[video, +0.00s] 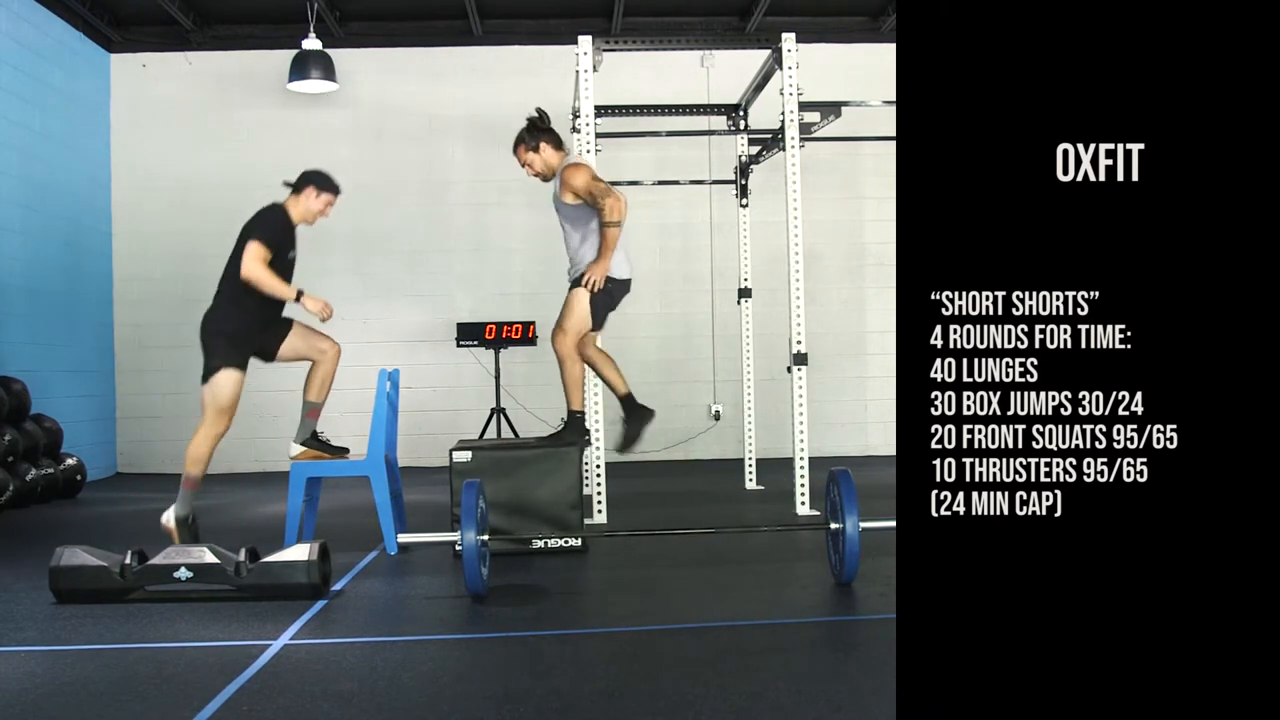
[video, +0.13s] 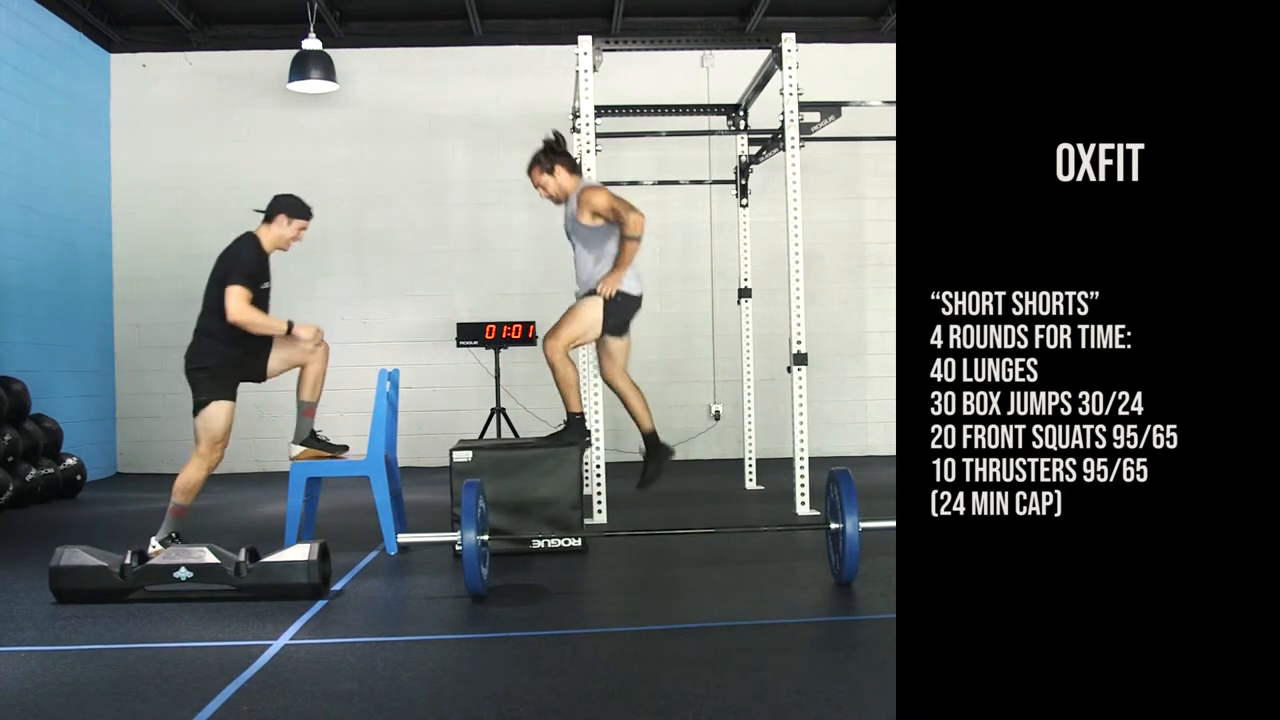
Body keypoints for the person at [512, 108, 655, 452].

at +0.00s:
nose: (529, 172)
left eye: (527, 163)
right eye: (525, 167)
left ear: (545, 148)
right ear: (546, 149)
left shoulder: (572, 174)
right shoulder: (573, 173)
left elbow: (613, 202)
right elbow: (616, 201)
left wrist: (603, 260)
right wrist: (599, 259)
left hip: (597, 275)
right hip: (604, 275)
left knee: (563, 340)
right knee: (585, 345)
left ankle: (575, 424)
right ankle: (634, 409)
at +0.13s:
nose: (541, 193)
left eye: (541, 185)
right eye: (538, 188)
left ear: (560, 171)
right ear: (558, 173)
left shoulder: (590, 195)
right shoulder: (576, 203)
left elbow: (634, 219)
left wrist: (617, 271)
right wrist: (596, 282)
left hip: (613, 293)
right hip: (615, 294)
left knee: (554, 345)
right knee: (614, 373)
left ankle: (575, 426)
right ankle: (654, 446)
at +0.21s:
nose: (552, 216)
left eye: (553, 208)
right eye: (549, 211)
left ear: (571, 196)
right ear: (570, 199)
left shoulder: (602, 221)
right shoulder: (584, 230)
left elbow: (648, 244)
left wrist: (623, 293)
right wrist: (600, 306)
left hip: (622, 319)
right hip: (623, 320)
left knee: (552, 347)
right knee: (631, 403)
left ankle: (574, 426)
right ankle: (658, 477)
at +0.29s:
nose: (564, 248)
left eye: (565, 240)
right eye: (561, 242)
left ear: (584, 229)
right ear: (582, 231)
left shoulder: (613, 253)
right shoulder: (595, 263)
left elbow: (661, 271)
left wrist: (634, 321)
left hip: (632, 353)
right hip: (636, 356)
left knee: (556, 347)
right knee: (639, 435)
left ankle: (574, 426)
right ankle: (671, 510)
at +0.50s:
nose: (578, 268)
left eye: (578, 259)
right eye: (574, 263)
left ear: (595, 245)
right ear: (595, 246)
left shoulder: (625, 260)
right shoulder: (609, 274)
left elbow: (672, 270)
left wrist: (654, 316)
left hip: (657, 357)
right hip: (645, 368)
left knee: (594, 340)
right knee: (646, 440)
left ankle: (595, 423)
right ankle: (676, 516)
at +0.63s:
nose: (581, 264)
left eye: (581, 255)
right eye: (576, 259)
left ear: (598, 241)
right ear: (596, 243)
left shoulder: (627, 258)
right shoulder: (611, 273)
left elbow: (673, 269)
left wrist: (660, 320)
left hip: (664, 351)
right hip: (656, 358)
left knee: (604, 369)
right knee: (660, 440)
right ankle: (677, 514)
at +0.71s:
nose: (578, 268)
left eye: (577, 260)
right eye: (574, 263)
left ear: (595, 246)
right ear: (591, 250)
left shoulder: (624, 262)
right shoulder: (611, 276)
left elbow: (672, 272)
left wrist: (665, 325)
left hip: (667, 353)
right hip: (663, 356)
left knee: (618, 402)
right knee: (660, 441)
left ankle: (674, 459)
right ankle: (677, 515)